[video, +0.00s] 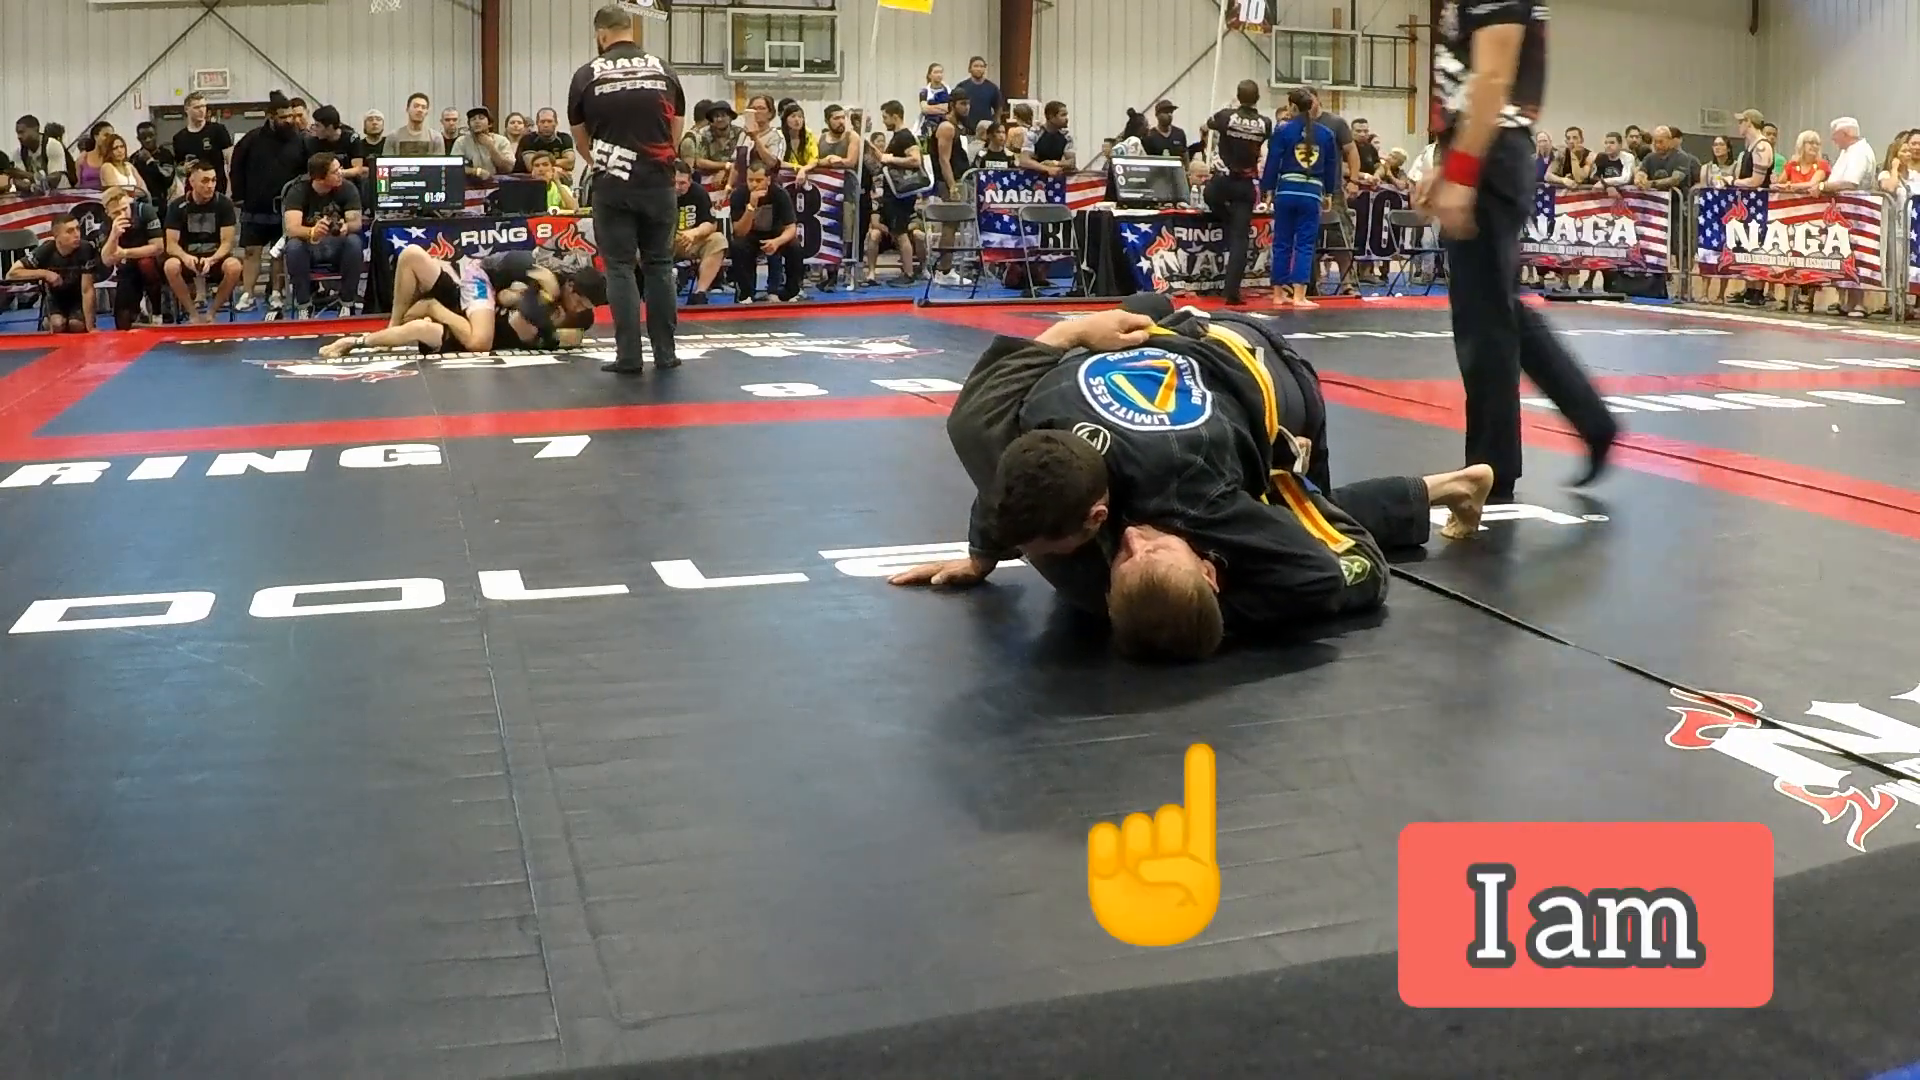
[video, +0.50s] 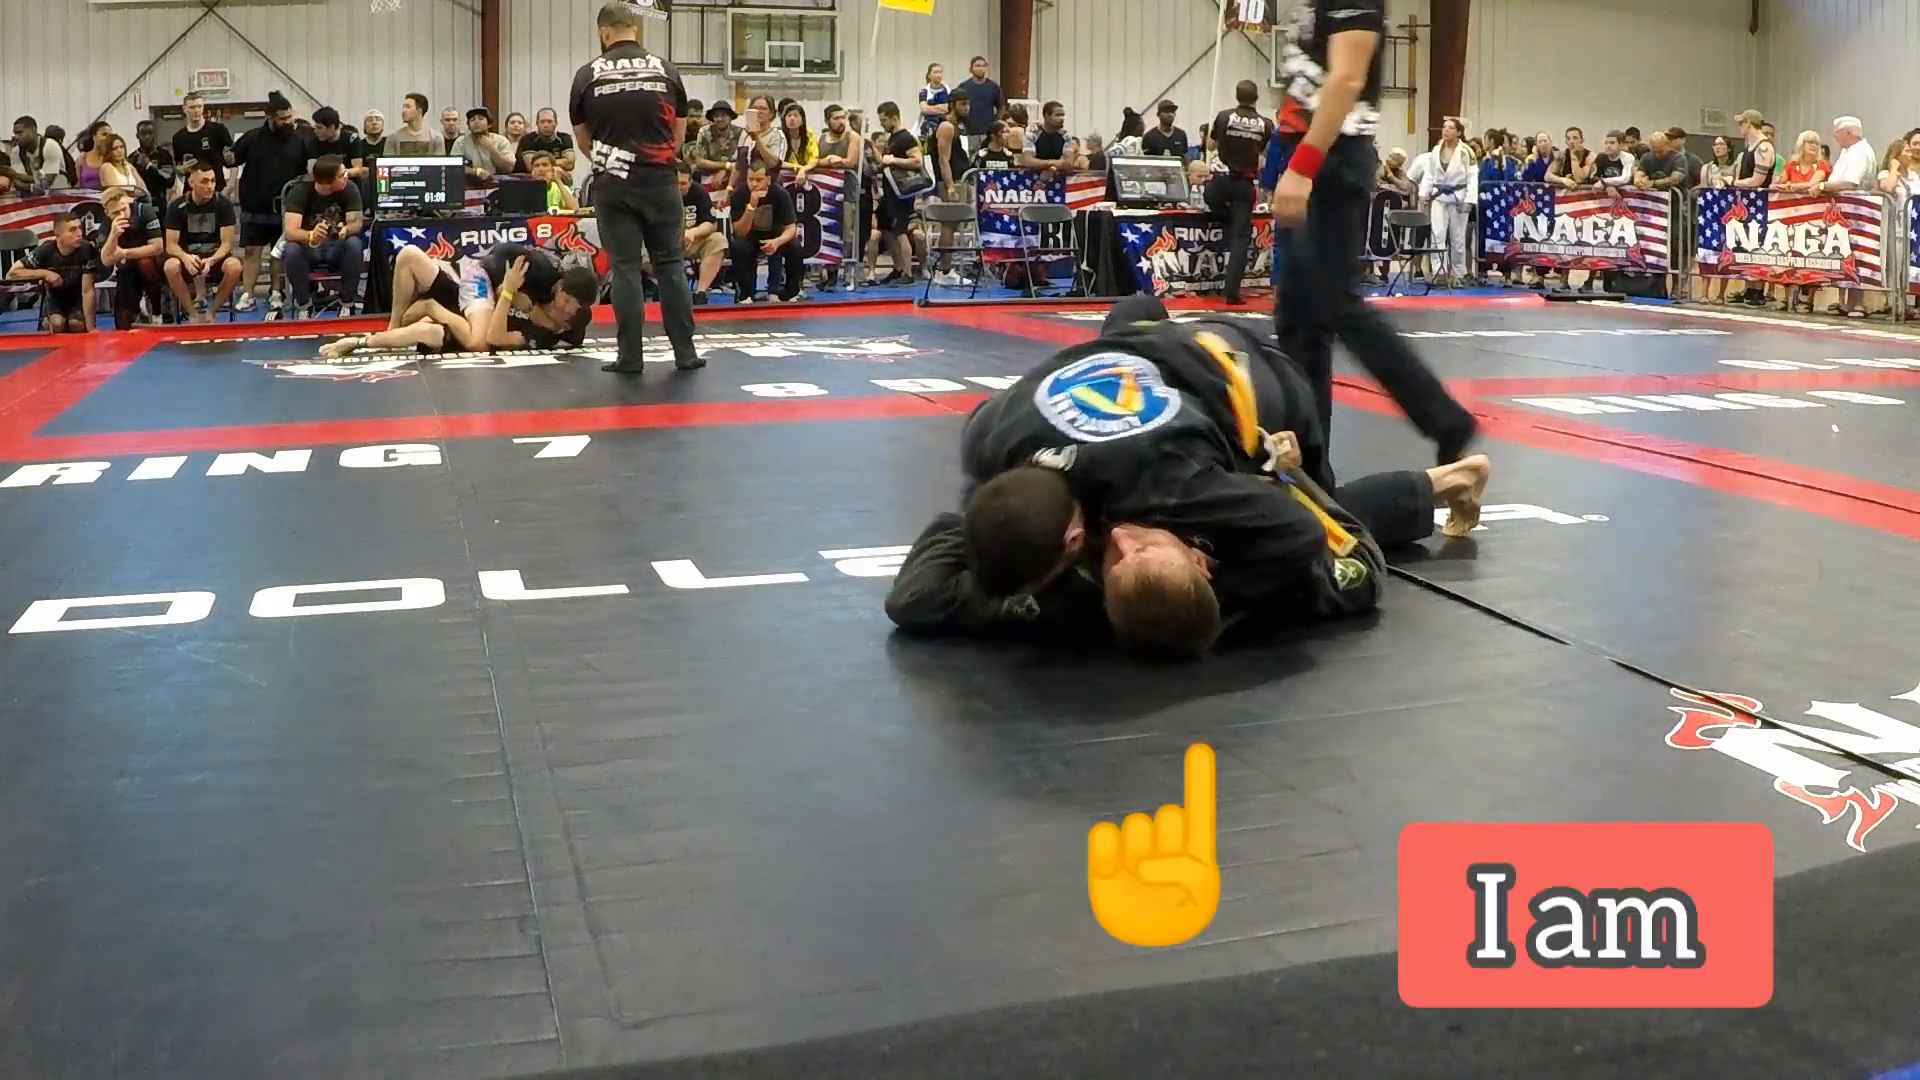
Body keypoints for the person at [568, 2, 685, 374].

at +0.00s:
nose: (598, 41)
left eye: (597, 37)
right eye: (600, 37)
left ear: (601, 34)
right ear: (632, 31)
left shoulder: (585, 76)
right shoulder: (662, 68)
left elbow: (582, 142)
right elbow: (676, 126)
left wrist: (605, 169)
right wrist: (663, 161)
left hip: (612, 187)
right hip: (659, 185)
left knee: (619, 268)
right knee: (660, 264)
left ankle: (629, 357)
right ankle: (665, 353)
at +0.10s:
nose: (594, 42)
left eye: (593, 37)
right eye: (596, 38)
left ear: (597, 35)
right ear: (629, 31)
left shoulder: (581, 77)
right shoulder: (661, 68)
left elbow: (582, 146)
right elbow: (674, 129)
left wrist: (612, 167)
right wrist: (658, 162)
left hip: (610, 185)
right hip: (658, 182)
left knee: (620, 270)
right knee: (660, 263)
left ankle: (629, 358)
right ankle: (666, 352)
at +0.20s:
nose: (592, 42)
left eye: (591, 38)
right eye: (593, 38)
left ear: (595, 35)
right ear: (627, 30)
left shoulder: (581, 76)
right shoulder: (660, 67)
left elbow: (582, 146)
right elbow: (674, 130)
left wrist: (615, 162)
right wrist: (656, 159)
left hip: (610, 185)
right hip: (657, 181)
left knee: (620, 268)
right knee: (661, 262)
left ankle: (629, 358)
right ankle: (670, 352)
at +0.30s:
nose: (594, 41)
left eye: (592, 37)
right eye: (597, 37)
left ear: (596, 35)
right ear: (629, 30)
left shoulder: (581, 76)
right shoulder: (661, 68)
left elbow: (581, 143)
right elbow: (675, 132)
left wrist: (611, 164)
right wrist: (657, 161)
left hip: (610, 186)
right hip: (658, 182)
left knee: (622, 269)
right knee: (665, 262)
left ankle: (630, 358)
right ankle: (678, 351)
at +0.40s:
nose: (598, 40)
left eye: (597, 36)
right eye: (602, 35)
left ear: (599, 34)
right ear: (632, 30)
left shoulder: (583, 75)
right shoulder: (663, 68)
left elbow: (582, 144)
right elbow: (677, 137)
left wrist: (615, 161)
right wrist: (657, 164)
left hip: (611, 184)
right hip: (659, 181)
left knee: (623, 268)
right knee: (669, 262)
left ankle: (630, 358)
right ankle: (685, 351)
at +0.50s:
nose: (601, 40)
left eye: (600, 36)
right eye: (603, 36)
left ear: (603, 34)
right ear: (637, 31)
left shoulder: (588, 73)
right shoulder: (666, 68)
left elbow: (584, 140)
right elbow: (678, 133)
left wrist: (611, 165)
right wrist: (658, 162)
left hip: (612, 184)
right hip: (660, 181)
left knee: (625, 268)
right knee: (670, 263)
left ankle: (630, 357)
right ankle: (685, 353)